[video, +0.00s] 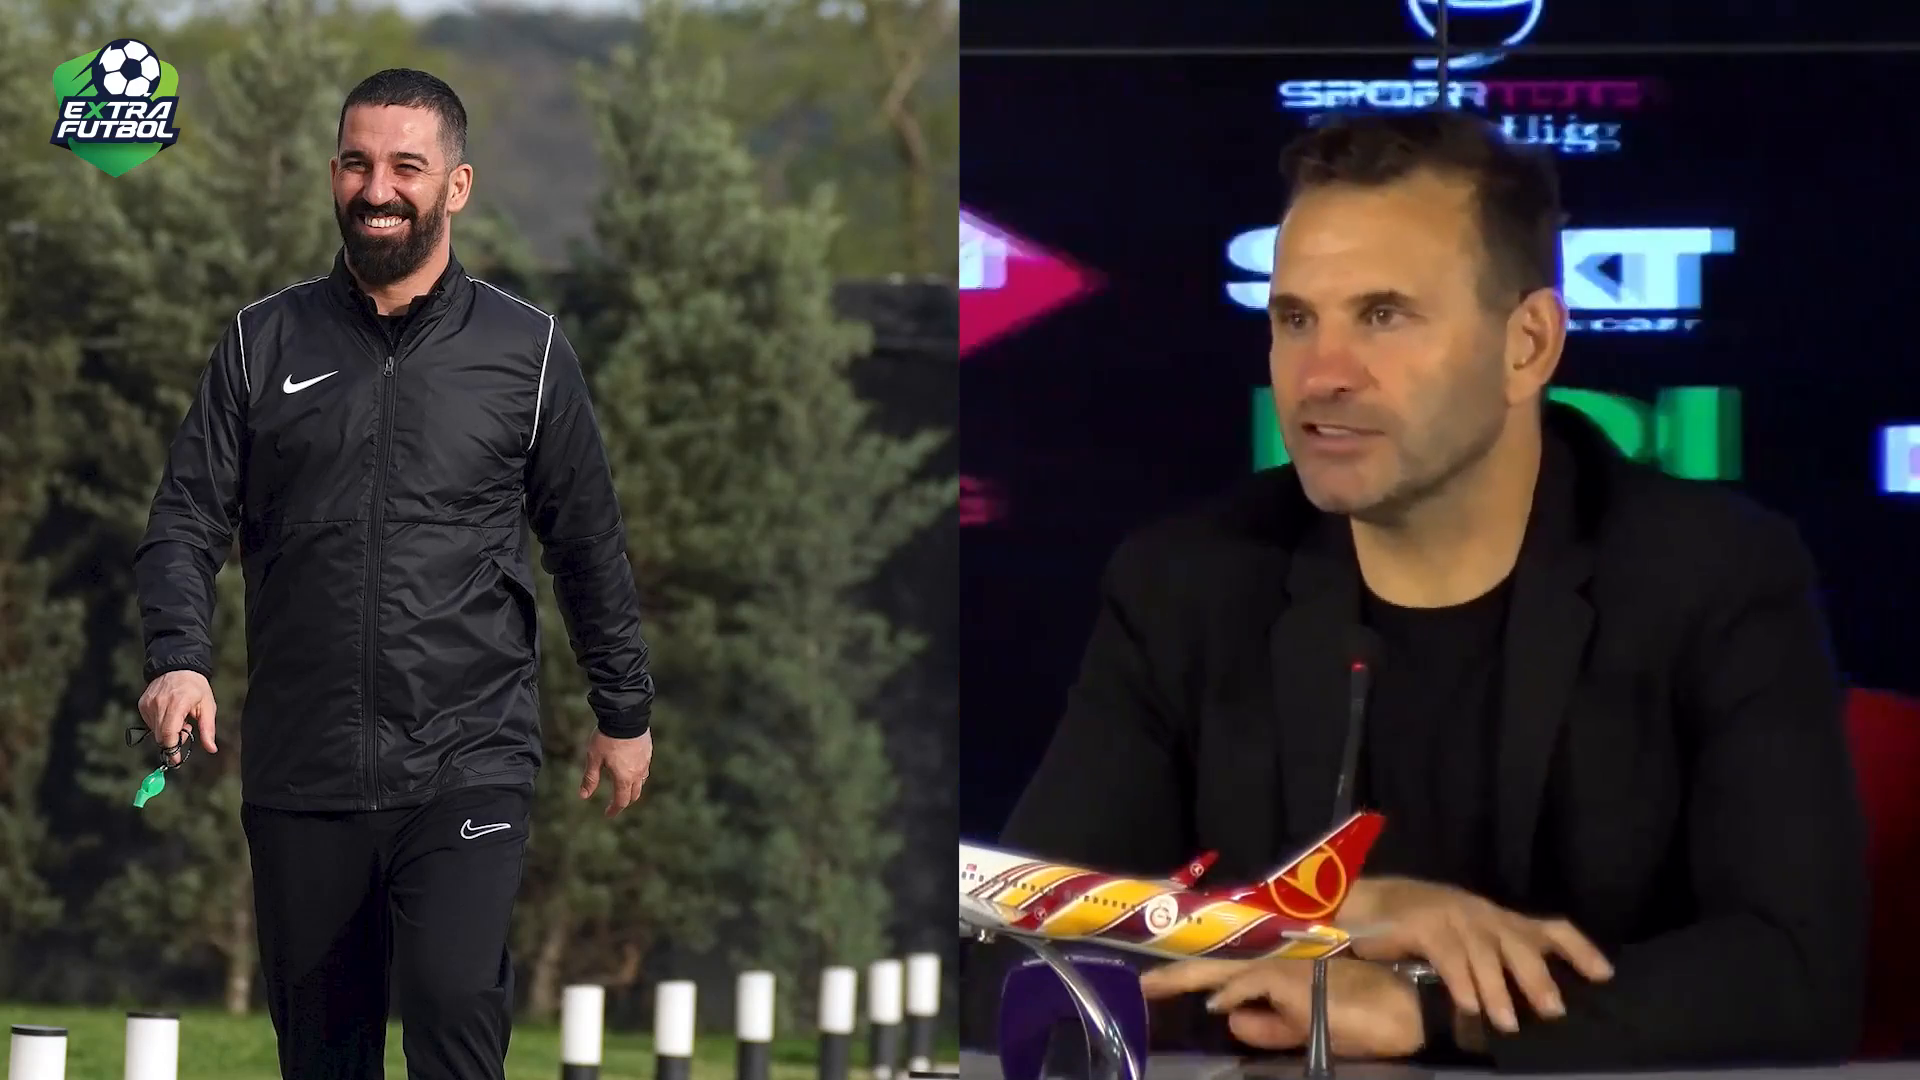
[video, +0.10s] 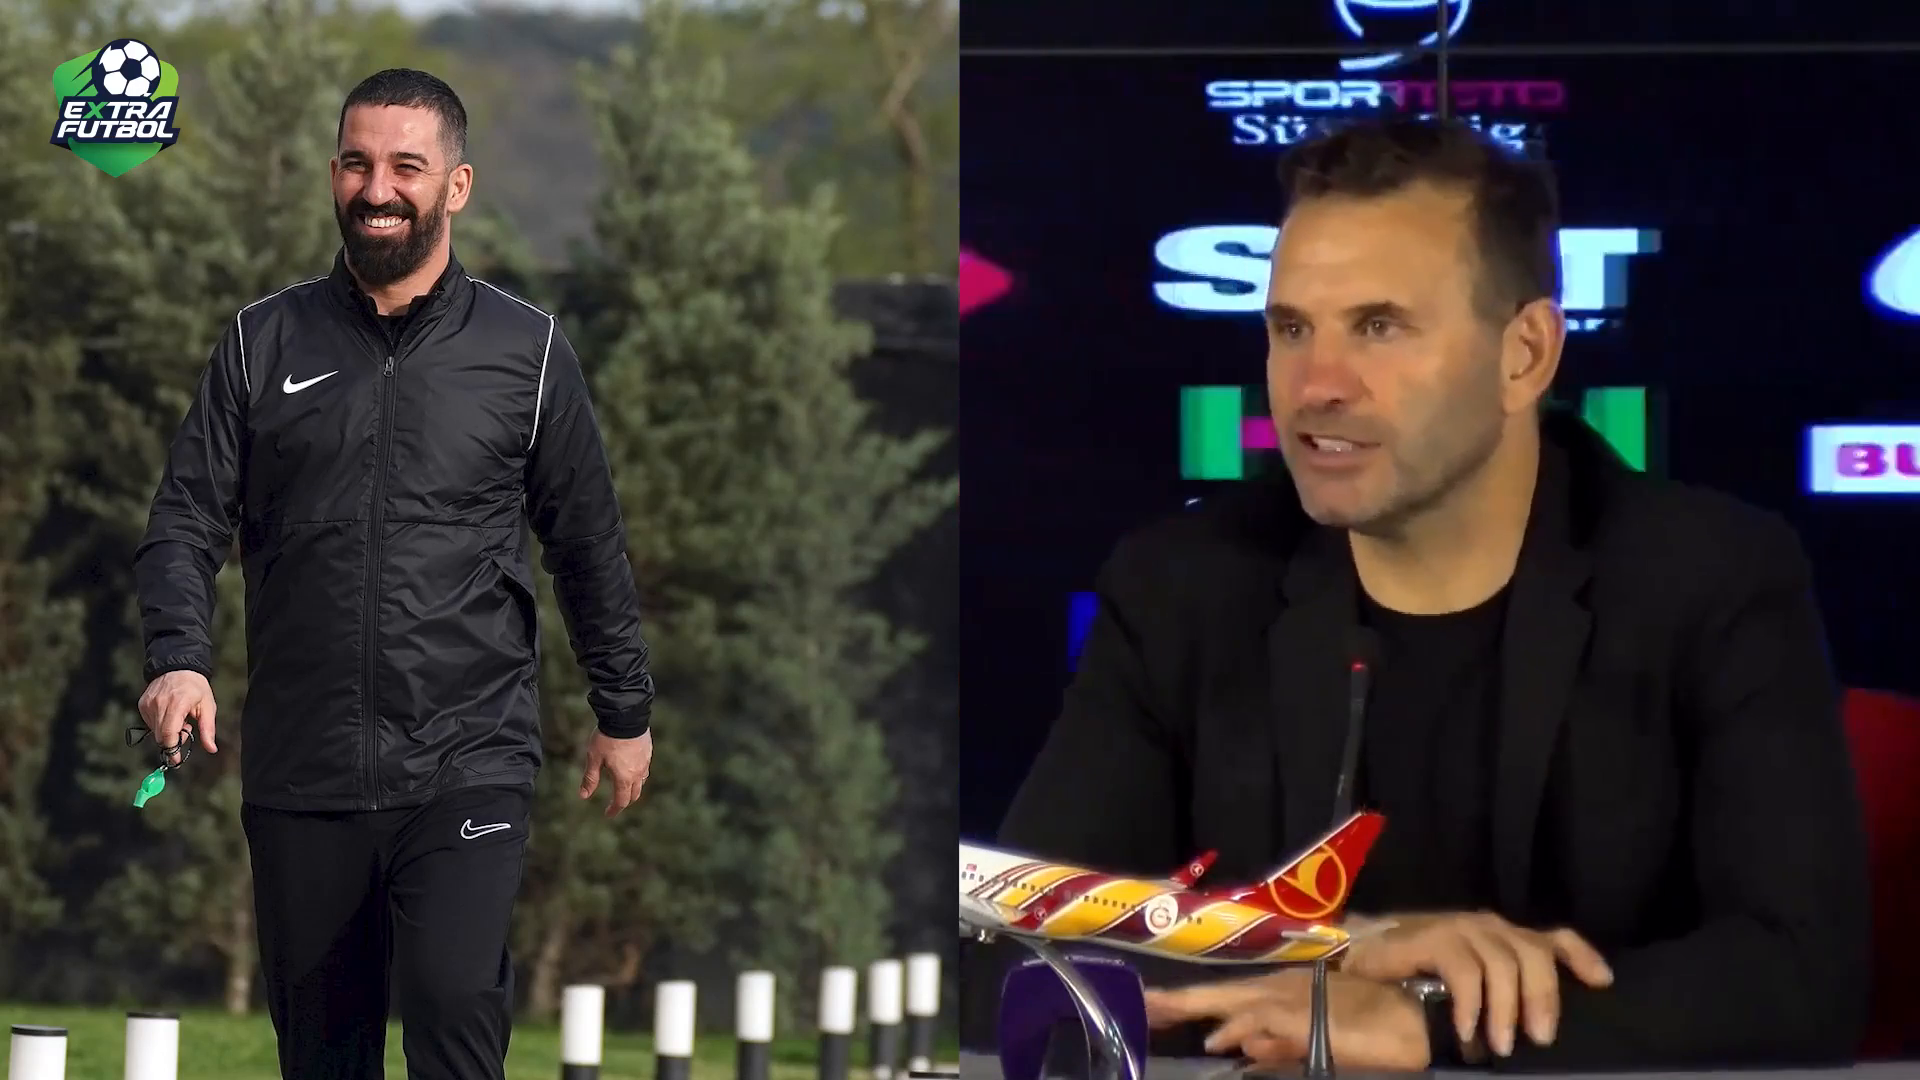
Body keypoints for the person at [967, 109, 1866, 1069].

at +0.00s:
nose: (1318, 376)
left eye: (1384, 317)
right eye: (1294, 319)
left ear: (1528, 343)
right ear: (1269, 331)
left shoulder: (1718, 578)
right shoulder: (1188, 584)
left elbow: (1795, 976)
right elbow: (1028, 940)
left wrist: (1435, 1012)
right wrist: (1330, 906)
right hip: (1250, 1075)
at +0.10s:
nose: (1314, 383)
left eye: (1379, 327)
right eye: (1290, 328)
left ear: (1525, 353)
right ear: (1266, 340)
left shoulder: (1717, 583)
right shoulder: (1184, 586)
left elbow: (1801, 980)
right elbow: (1021, 959)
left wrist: (1436, 1027)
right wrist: (1338, 950)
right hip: (1243, 1077)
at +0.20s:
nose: (1311, 388)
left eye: (1376, 331)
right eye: (1288, 332)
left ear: (1525, 357)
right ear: (1265, 341)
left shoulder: (1717, 584)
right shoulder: (1184, 583)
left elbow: (1800, 984)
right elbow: (1029, 958)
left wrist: (1427, 1026)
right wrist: (1334, 954)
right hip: (1240, 1071)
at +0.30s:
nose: (1316, 387)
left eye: (1381, 330)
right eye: (1294, 331)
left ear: (1528, 360)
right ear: (1270, 342)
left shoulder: (1717, 590)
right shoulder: (1184, 584)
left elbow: (1803, 986)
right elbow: (1031, 958)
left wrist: (1429, 1025)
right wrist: (1336, 954)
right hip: (1239, 1071)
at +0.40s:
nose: (1325, 384)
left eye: (1390, 327)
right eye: (1302, 328)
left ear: (1538, 356)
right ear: (1278, 341)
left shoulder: (1720, 589)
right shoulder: (1192, 580)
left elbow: (1806, 989)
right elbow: (1029, 963)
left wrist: (1437, 1028)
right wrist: (1337, 938)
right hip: (1243, 1072)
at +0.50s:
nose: (1335, 394)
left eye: (1399, 338)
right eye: (1310, 336)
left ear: (1545, 362)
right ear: (1285, 345)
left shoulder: (1723, 591)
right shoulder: (1199, 583)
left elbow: (1813, 992)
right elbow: (1043, 966)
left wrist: (1430, 1021)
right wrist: (1358, 887)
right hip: (1260, 1078)